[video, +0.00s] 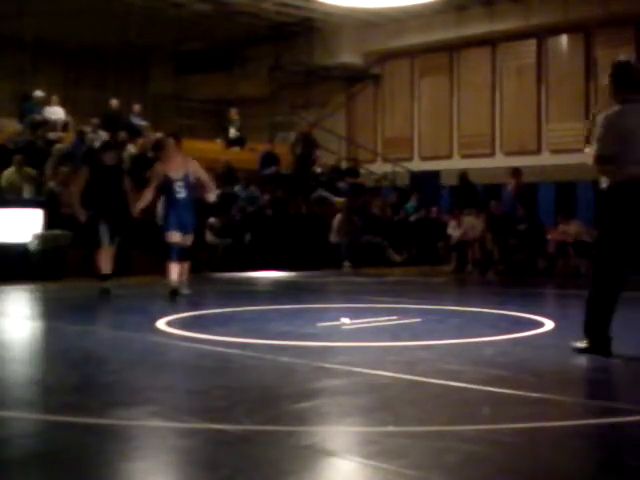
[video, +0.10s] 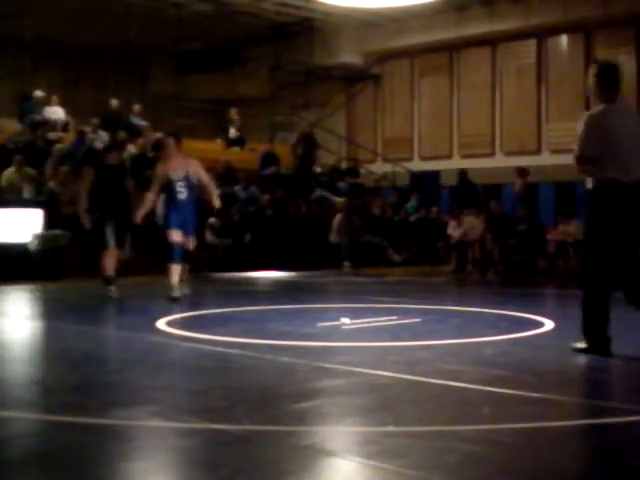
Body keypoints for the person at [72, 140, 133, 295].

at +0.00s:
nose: (110, 159)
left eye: (113, 155)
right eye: (107, 155)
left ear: (118, 156)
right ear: (100, 156)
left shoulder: (120, 172)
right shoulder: (91, 170)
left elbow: (128, 192)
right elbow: (76, 190)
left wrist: (132, 208)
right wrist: (79, 210)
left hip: (117, 211)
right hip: (97, 212)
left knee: (113, 244)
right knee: (103, 244)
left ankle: (108, 278)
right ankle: (104, 280)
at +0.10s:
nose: (114, 159)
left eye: (116, 155)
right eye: (111, 155)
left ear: (120, 155)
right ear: (105, 155)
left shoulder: (124, 167)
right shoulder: (95, 166)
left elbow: (131, 189)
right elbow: (84, 190)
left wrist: (136, 209)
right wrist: (83, 213)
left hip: (121, 210)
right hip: (102, 210)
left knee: (121, 249)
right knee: (110, 247)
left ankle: (109, 276)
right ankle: (110, 283)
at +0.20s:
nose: (120, 156)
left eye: (121, 153)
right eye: (117, 154)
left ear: (125, 153)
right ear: (111, 153)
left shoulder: (129, 166)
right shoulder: (100, 166)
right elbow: (91, 191)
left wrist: (143, 211)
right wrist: (90, 215)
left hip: (127, 210)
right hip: (107, 211)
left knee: (133, 247)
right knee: (112, 249)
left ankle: (112, 267)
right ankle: (111, 282)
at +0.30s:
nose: (127, 151)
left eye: (130, 148)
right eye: (124, 148)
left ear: (135, 148)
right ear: (117, 147)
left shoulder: (142, 164)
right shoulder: (109, 163)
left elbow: (150, 188)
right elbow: (94, 186)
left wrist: (150, 207)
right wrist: (98, 208)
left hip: (135, 210)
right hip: (114, 210)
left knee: (136, 246)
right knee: (115, 248)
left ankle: (129, 279)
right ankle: (112, 282)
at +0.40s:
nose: (133, 151)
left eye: (136, 147)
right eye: (130, 147)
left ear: (140, 147)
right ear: (123, 147)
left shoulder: (145, 164)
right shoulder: (113, 163)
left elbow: (153, 187)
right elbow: (99, 185)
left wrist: (156, 207)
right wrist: (108, 205)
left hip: (139, 209)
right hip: (118, 210)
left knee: (139, 246)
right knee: (116, 247)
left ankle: (140, 281)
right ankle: (113, 282)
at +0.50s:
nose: (137, 152)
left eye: (140, 148)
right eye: (134, 148)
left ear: (144, 149)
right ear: (127, 149)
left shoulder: (149, 165)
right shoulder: (120, 164)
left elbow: (155, 188)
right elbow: (106, 186)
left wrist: (158, 205)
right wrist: (114, 205)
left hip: (143, 211)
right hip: (123, 212)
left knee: (143, 248)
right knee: (119, 250)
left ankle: (144, 283)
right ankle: (114, 282)